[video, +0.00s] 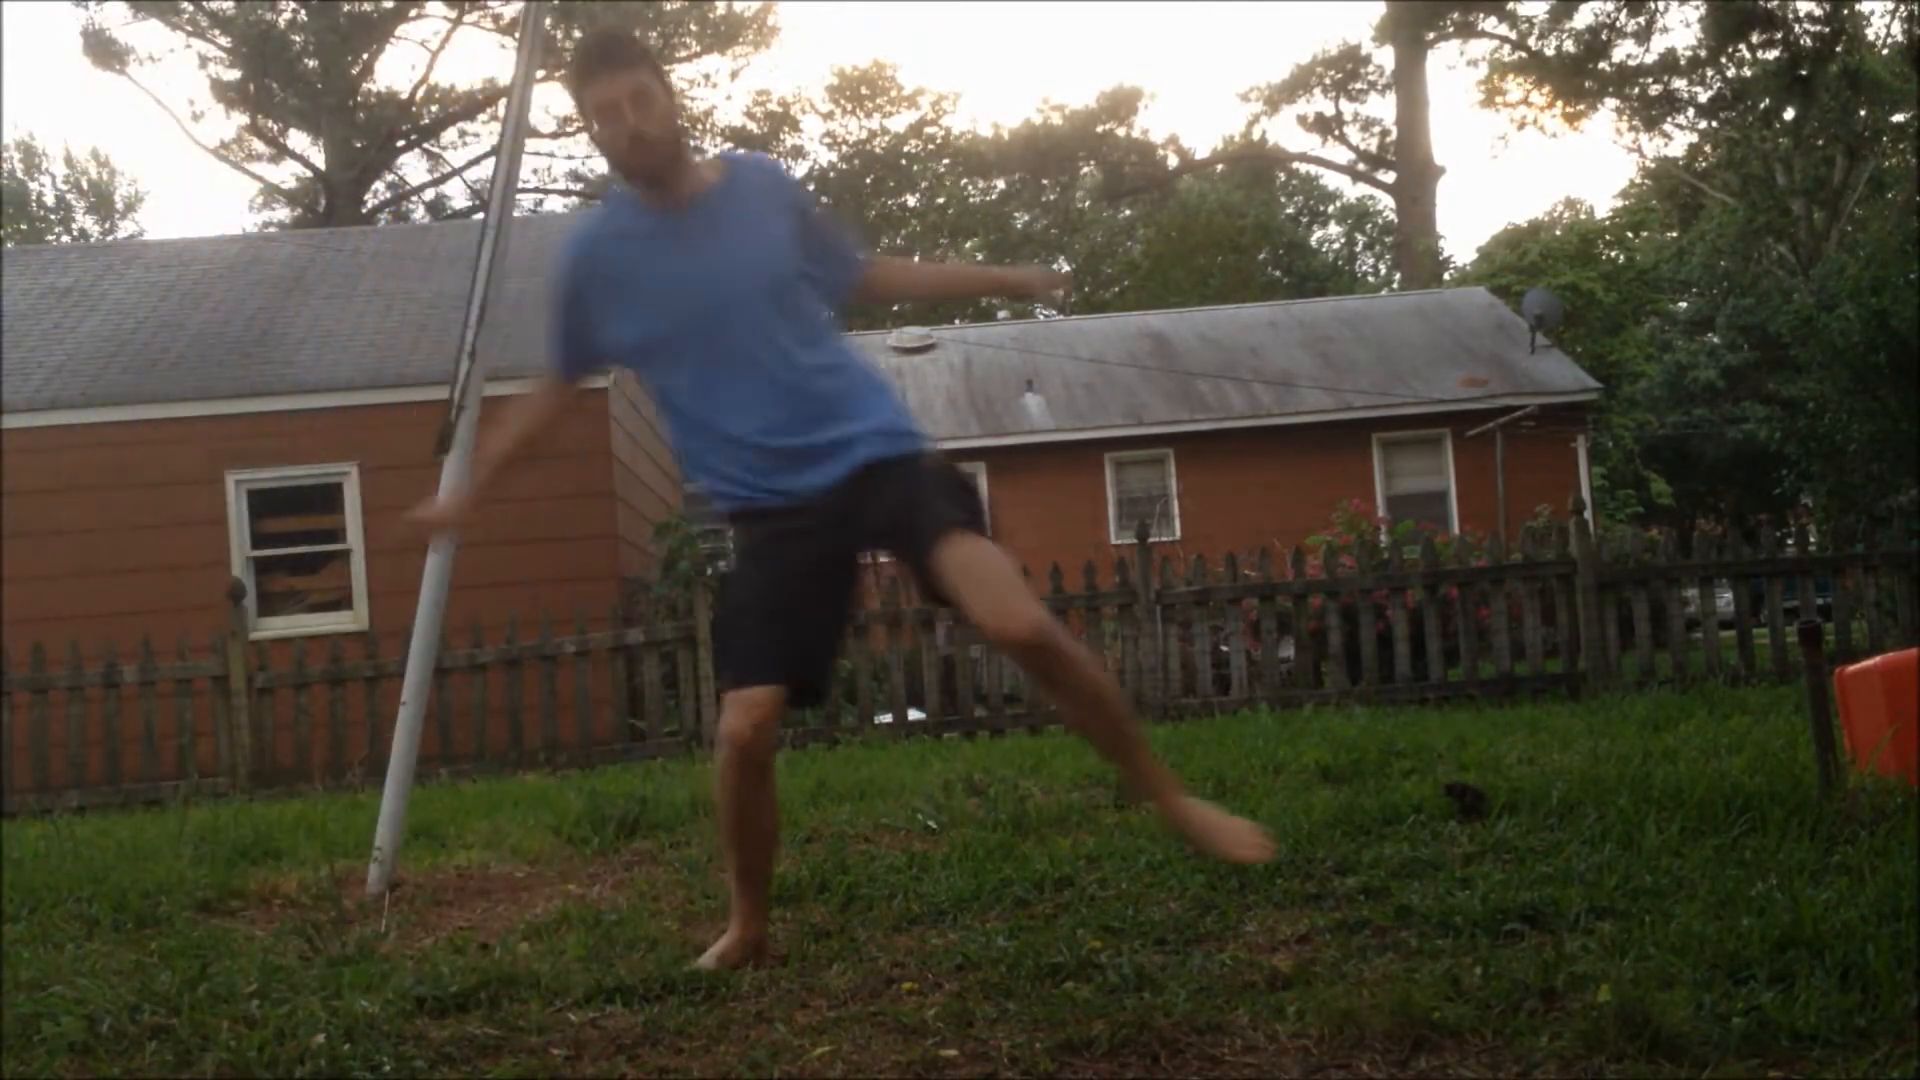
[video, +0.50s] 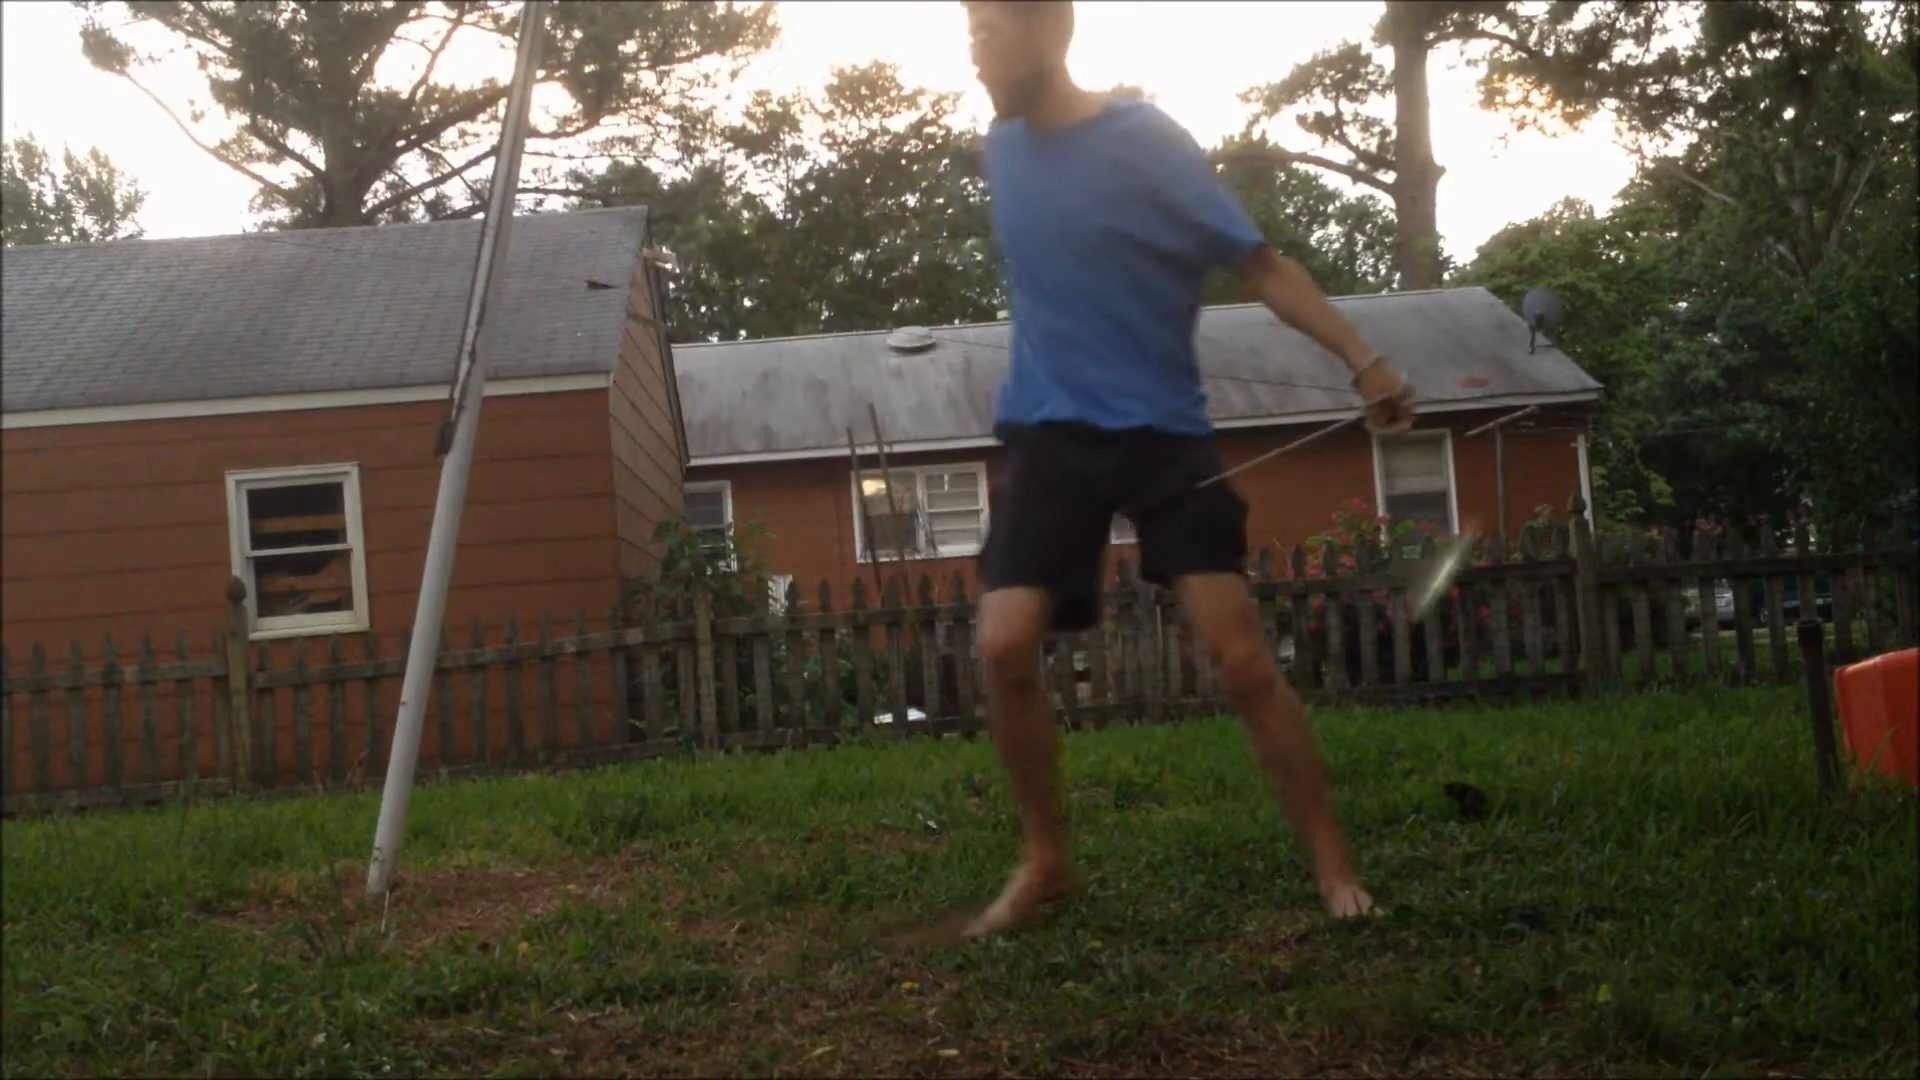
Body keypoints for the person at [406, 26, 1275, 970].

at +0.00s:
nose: (632, 124)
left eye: (640, 100)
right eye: (608, 114)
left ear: (673, 95)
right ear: (587, 132)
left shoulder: (760, 187)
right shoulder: (592, 253)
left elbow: (863, 278)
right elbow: (554, 387)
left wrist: (1007, 279)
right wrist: (468, 485)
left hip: (877, 454)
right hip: (768, 505)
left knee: (1024, 625)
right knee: (743, 732)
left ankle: (1174, 801)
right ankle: (747, 929)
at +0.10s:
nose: (663, 164)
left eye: (673, 139)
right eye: (647, 151)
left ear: (719, 130)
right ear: (641, 164)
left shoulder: (837, 202)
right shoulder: (672, 273)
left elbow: (953, 272)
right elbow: (650, 395)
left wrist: (1084, 295)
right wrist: (613, 455)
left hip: (955, 478)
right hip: (835, 516)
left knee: (1098, 649)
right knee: (764, 729)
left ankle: (1268, 829)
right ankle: (748, 927)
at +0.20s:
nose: (751, 162)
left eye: (757, 137)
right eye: (738, 148)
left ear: (809, 118)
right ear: (739, 151)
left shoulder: (934, 194)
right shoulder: (775, 252)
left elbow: (1062, 283)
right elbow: (803, 364)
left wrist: (1198, 338)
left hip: (1028, 496)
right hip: (904, 524)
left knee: (1164, 680)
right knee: (817, 724)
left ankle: (1317, 864)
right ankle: (753, 923)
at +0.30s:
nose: (848, 120)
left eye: (862, 96)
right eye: (838, 104)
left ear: (919, 92)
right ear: (842, 116)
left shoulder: (1035, 177)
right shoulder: (880, 216)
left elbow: (1167, 281)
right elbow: (947, 339)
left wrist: (1303, 367)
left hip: (1098, 483)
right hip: (979, 500)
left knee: (1209, 687)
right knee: (884, 702)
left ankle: (1328, 876)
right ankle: (831, 900)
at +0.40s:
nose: (927, 76)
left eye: (943, 51)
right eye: (921, 57)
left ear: (997, 54)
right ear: (930, 69)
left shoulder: (1096, 151)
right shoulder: (952, 180)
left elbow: (1230, 267)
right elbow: (1014, 302)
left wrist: (1364, 358)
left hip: (1136, 459)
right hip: (1018, 465)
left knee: (1227, 671)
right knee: (946, 666)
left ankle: (1332, 877)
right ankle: (972, 880)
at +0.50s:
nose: (976, 40)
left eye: (993, 20)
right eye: (971, 24)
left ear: (1054, 24)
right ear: (979, 37)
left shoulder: (1142, 138)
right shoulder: (1000, 148)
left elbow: (1258, 263)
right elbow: (1052, 282)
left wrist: (1363, 360)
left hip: (1165, 435)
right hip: (1047, 437)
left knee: (1238, 657)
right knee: (1002, 647)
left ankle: (1336, 877)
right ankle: (1045, 862)